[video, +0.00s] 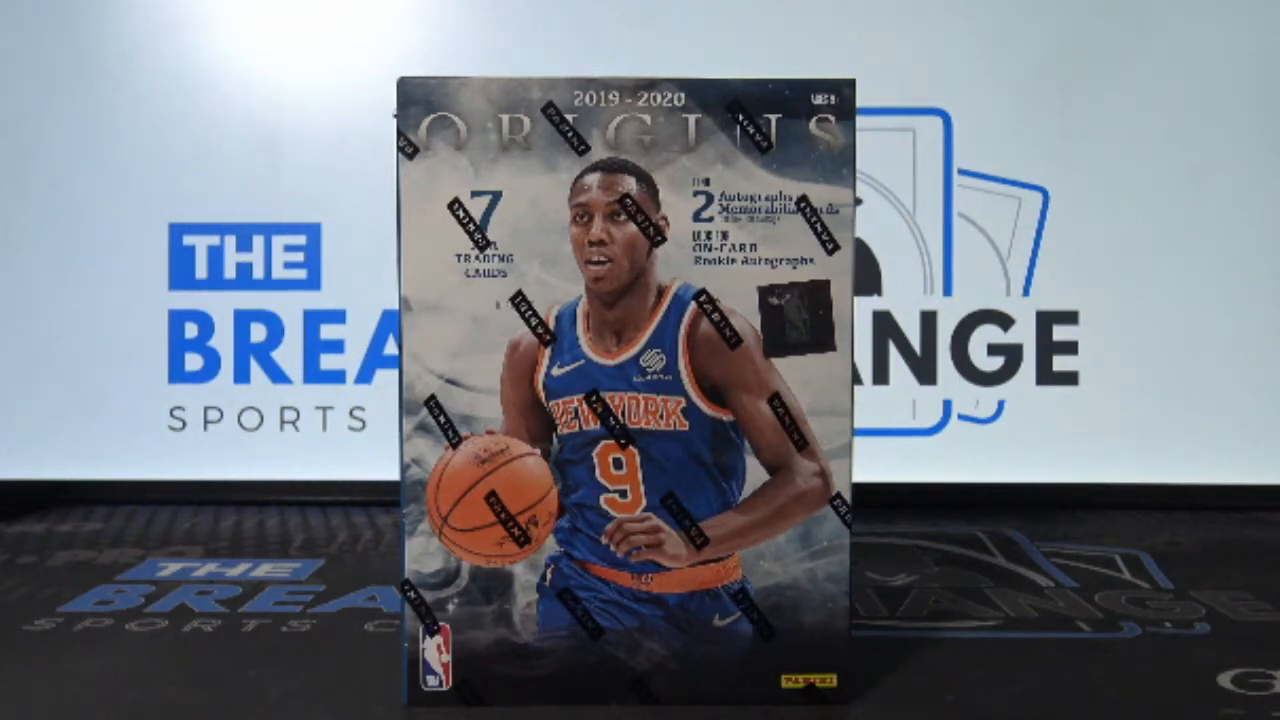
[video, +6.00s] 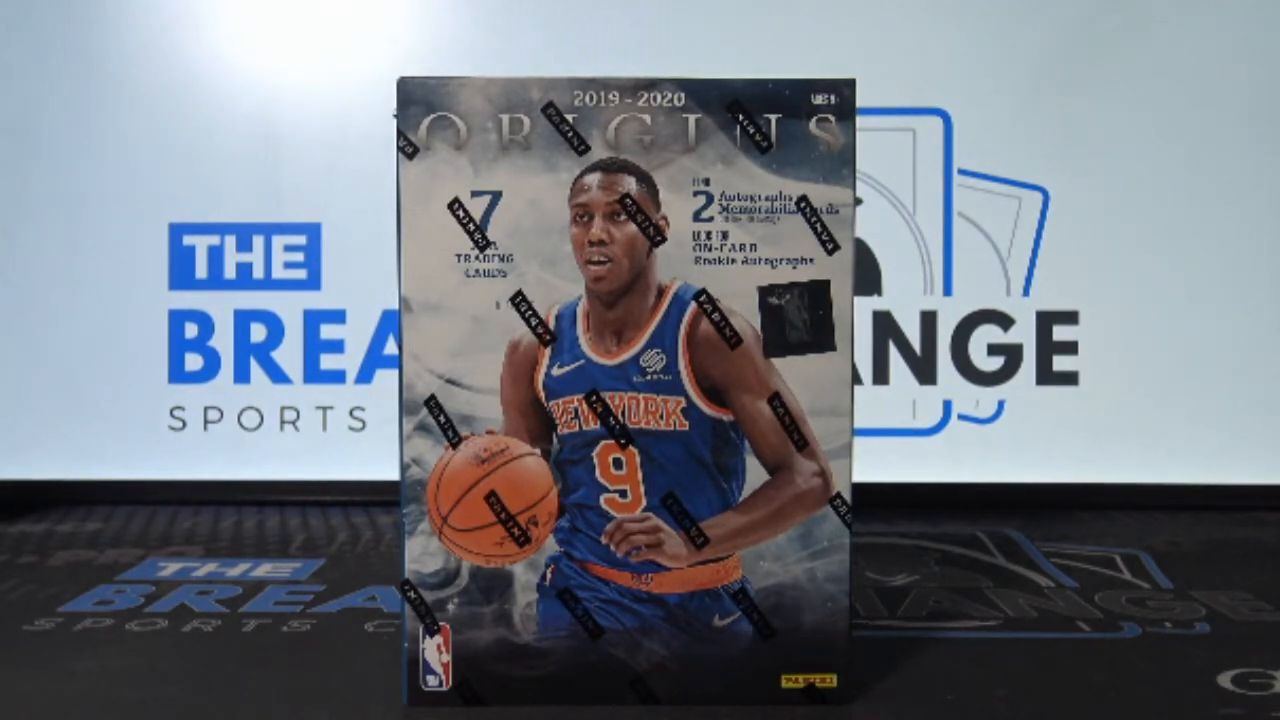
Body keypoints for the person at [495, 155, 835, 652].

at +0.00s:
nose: (595, 235)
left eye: (617, 216)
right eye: (581, 218)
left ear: (657, 230)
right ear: (569, 232)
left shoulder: (713, 334)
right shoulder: (534, 353)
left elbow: (809, 476)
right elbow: (526, 487)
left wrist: (695, 542)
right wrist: (474, 474)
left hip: (698, 611)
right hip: (584, 604)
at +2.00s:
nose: (595, 234)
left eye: (618, 216)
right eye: (582, 218)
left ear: (658, 229)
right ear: (569, 232)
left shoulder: (712, 334)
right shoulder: (534, 353)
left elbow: (809, 476)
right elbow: (526, 487)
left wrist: (695, 543)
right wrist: (480, 469)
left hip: (697, 613)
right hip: (582, 607)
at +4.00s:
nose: (595, 234)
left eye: (617, 216)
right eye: (582, 218)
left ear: (657, 230)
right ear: (570, 231)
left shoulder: (712, 334)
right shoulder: (534, 352)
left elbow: (809, 476)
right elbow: (525, 486)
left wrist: (694, 543)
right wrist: (478, 469)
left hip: (697, 611)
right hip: (583, 604)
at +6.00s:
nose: (595, 235)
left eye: (617, 216)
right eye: (582, 218)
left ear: (657, 230)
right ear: (569, 232)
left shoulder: (712, 334)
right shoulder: (534, 352)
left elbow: (810, 477)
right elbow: (529, 489)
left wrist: (696, 542)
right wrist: (486, 469)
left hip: (699, 613)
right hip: (583, 606)